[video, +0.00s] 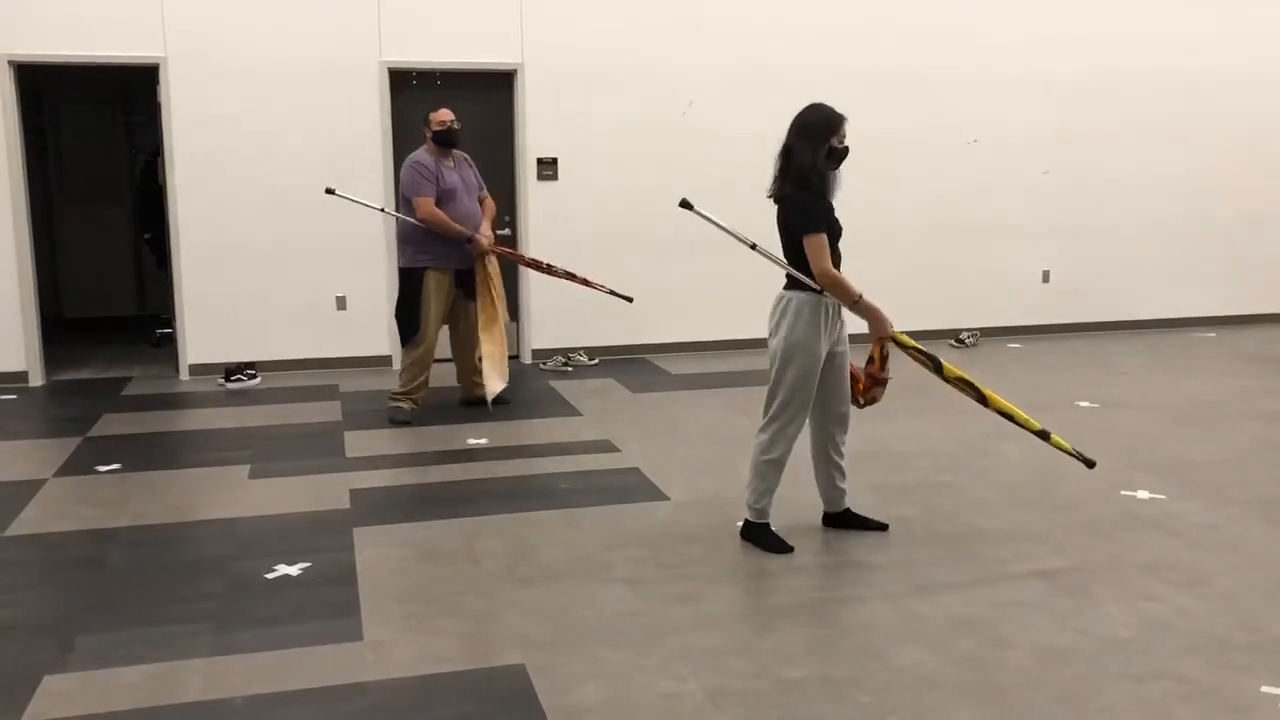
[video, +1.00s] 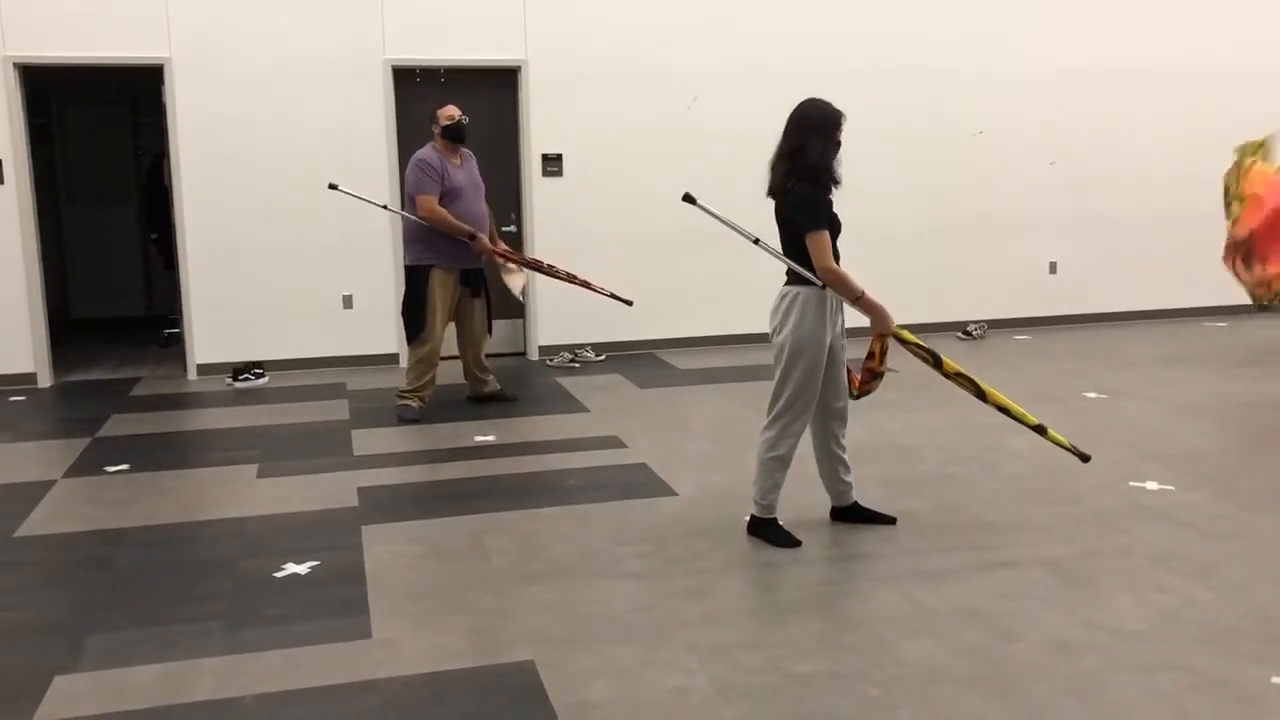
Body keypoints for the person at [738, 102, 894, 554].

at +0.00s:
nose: (842, 147)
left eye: (842, 139)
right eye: (837, 139)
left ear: (807, 141)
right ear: (817, 142)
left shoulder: (815, 194)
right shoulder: (803, 196)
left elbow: (824, 268)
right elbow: (822, 272)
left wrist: (854, 309)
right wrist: (871, 312)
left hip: (828, 312)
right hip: (802, 312)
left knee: (833, 416)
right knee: (784, 418)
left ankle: (835, 509)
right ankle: (755, 520)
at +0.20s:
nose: (843, 149)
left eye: (843, 141)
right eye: (838, 141)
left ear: (808, 141)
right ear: (819, 143)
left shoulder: (815, 195)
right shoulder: (804, 197)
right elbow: (824, 272)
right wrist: (873, 312)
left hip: (830, 312)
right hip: (805, 313)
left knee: (834, 417)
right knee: (787, 419)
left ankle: (839, 510)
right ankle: (759, 520)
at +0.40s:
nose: (844, 148)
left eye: (844, 140)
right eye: (838, 140)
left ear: (808, 141)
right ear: (819, 142)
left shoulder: (815, 192)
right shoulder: (804, 195)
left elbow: (822, 270)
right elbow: (824, 274)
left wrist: (854, 310)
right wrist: (874, 314)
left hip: (829, 311)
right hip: (805, 312)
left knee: (836, 414)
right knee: (789, 418)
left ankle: (843, 509)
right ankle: (762, 520)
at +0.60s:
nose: (844, 146)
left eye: (843, 138)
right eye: (838, 138)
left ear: (807, 140)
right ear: (820, 142)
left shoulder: (815, 193)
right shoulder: (805, 196)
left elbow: (822, 269)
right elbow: (824, 273)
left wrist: (856, 305)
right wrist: (874, 314)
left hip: (828, 310)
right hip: (805, 311)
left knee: (835, 414)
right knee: (789, 417)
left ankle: (844, 508)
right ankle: (763, 519)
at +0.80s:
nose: (842, 144)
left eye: (842, 136)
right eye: (837, 136)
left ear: (804, 136)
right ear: (820, 139)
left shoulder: (813, 190)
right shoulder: (804, 193)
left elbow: (820, 268)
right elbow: (825, 271)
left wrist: (855, 302)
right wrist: (874, 310)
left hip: (827, 308)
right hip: (805, 309)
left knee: (834, 411)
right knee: (789, 415)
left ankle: (844, 505)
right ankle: (763, 517)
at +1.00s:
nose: (840, 144)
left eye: (839, 136)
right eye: (835, 136)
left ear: (800, 135)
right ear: (819, 139)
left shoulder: (807, 189)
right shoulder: (805, 192)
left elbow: (818, 265)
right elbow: (825, 269)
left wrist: (852, 299)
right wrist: (875, 309)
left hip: (825, 305)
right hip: (805, 306)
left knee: (832, 410)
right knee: (789, 413)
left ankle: (843, 503)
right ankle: (762, 515)